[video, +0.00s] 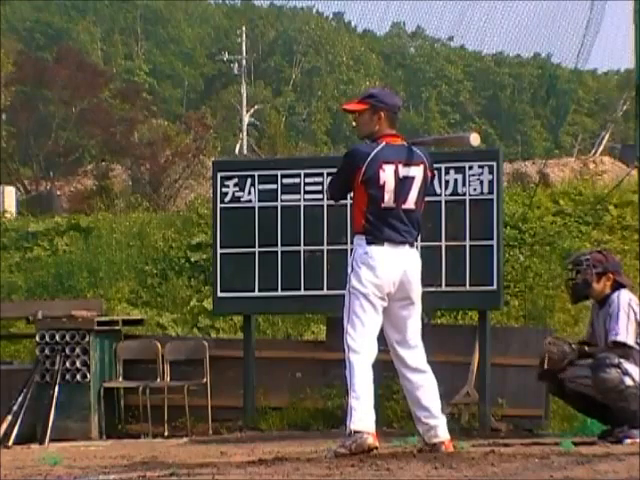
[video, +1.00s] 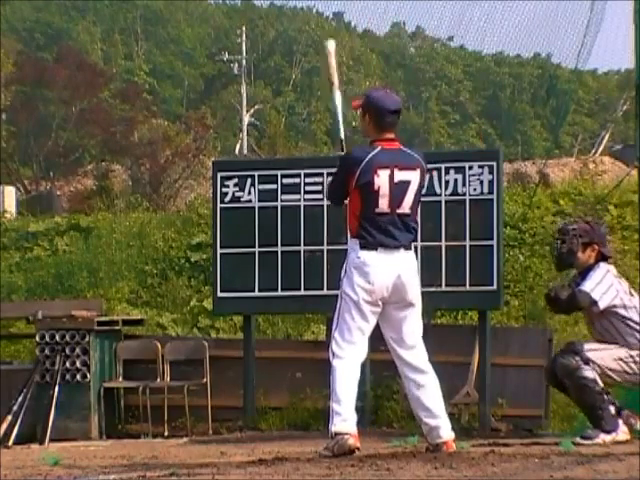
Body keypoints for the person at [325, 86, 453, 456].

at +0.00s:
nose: (356, 121)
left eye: (361, 115)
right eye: (357, 115)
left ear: (380, 117)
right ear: (388, 119)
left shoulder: (361, 153)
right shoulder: (420, 157)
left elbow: (335, 193)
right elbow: (423, 194)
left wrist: (368, 166)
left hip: (373, 258)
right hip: (410, 259)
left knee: (360, 346)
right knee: (410, 348)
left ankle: (362, 430)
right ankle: (437, 433)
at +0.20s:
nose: (356, 121)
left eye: (361, 116)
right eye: (357, 116)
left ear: (381, 118)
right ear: (389, 120)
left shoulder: (363, 154)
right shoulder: (422, 156)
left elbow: (335, 193)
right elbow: (433, 182)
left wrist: (366, 169)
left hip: (374, 258)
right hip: (411, 260)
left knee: (360, 346)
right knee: (409, 351)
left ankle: (361, 429)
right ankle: (434, 435)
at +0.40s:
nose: (359, 121)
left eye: (364, 115)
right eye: (360, 115)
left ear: (384, 117)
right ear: (392, 119)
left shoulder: (366, 153)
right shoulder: (425, 154)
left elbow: (338, 191)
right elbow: (441, 174)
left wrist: (367, 167)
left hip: (381, 257)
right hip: (417, 259)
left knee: (350, 343)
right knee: (412, 353)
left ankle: (355, 421)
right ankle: (435, 437)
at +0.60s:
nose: (356, 123)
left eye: (361, 117)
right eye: (358, 117)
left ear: (379, 121)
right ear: (388, 122)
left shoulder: (360, 156)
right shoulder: (418, 157)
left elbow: (335, 188)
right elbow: (427, 177)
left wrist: (368, 161)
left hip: (375, 260)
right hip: (411, 261)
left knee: (349, 349)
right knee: (410, 357)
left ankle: (345, 431)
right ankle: (435, 437)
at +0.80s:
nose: (352, 119)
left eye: (355, 114)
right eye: (353, 113)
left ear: (367, 116)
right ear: (386, 118)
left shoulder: (352, 153)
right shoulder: (411, 157)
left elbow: (325, 186)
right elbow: (410, 191)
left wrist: (352, 145)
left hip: (365, 258)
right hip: (403, 258)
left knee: (344, 345)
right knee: (410, 347)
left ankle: (342, 431)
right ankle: (440, 433)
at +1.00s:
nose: (361, 119)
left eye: (363, 115)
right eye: (362, 114)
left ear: (369, 119)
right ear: (396, 119)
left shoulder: (357, 160)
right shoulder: (416, 162)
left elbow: (335, 196)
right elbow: (395, 192)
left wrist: (346, 163)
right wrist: (362, 165)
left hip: (367, 263)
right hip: (406, 263)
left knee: (347, 348)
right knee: (412, 350)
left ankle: (343, 431)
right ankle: (441, 433)